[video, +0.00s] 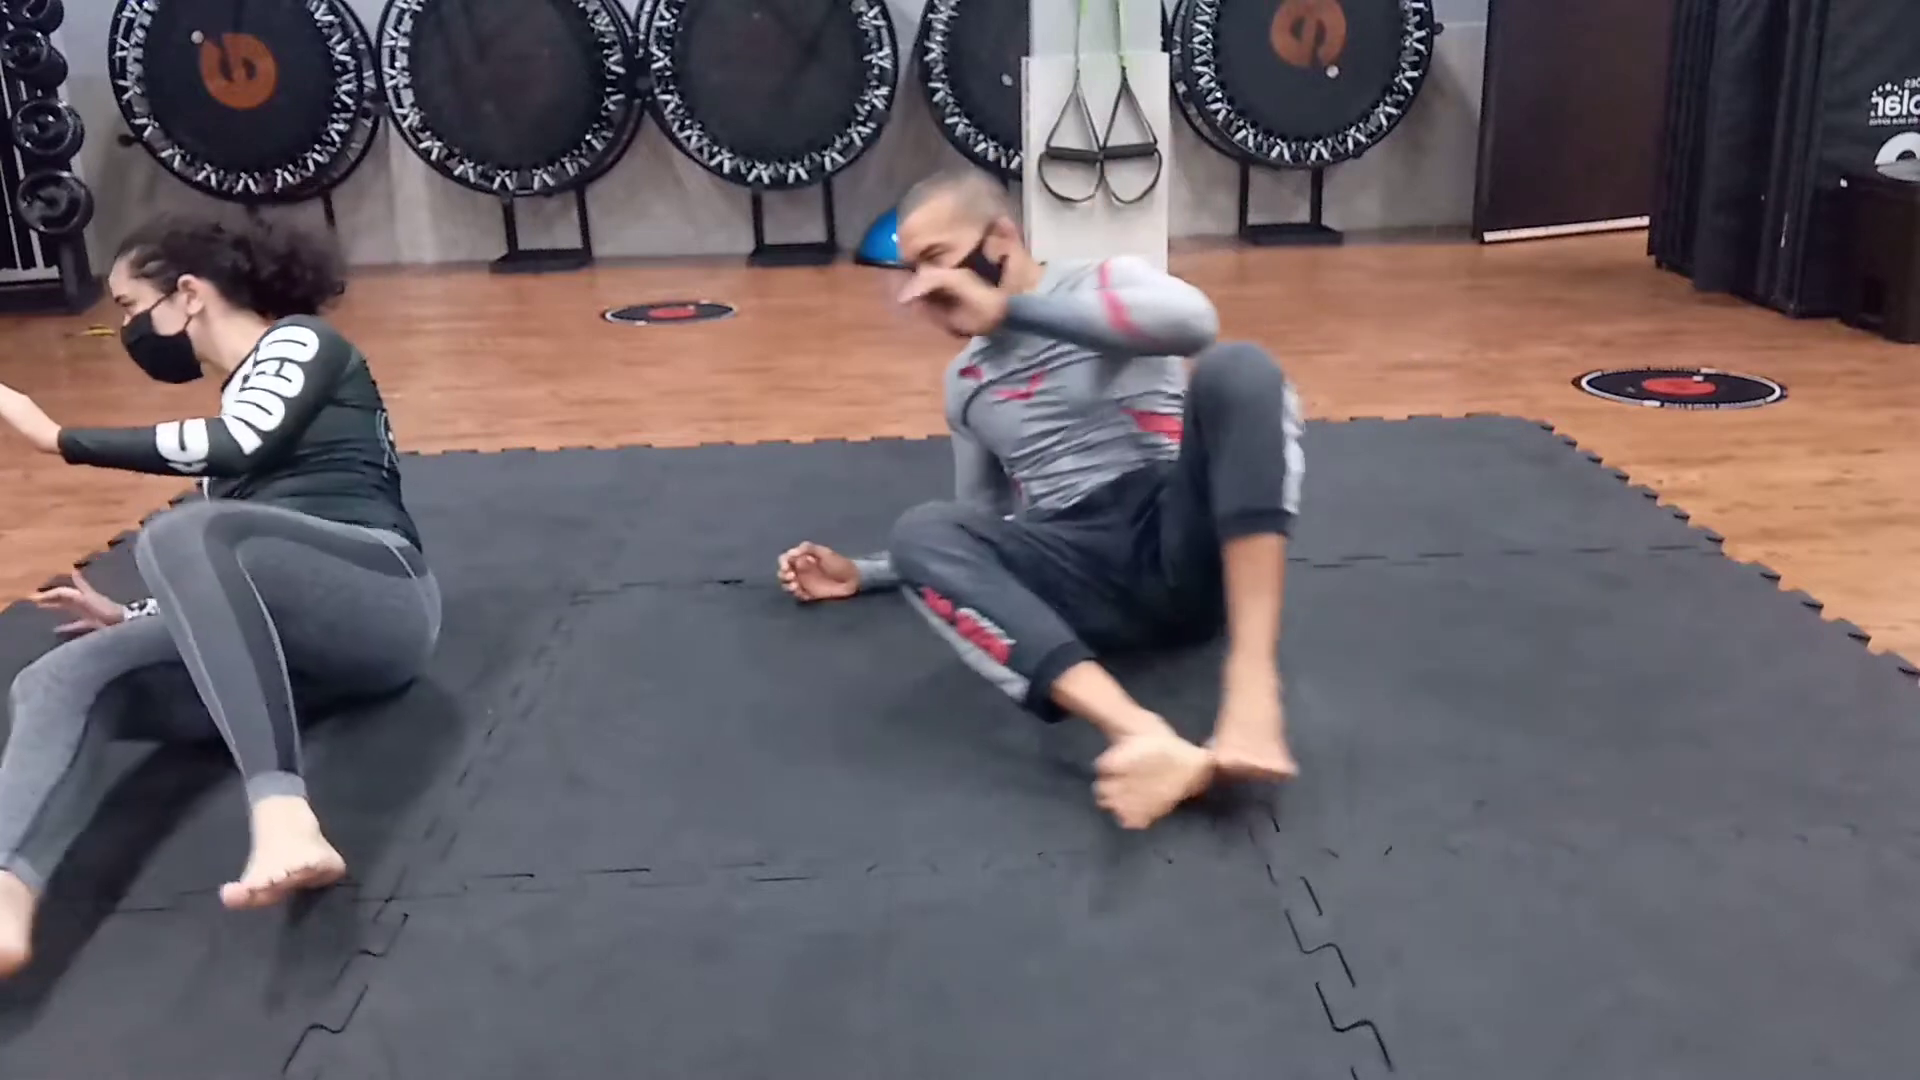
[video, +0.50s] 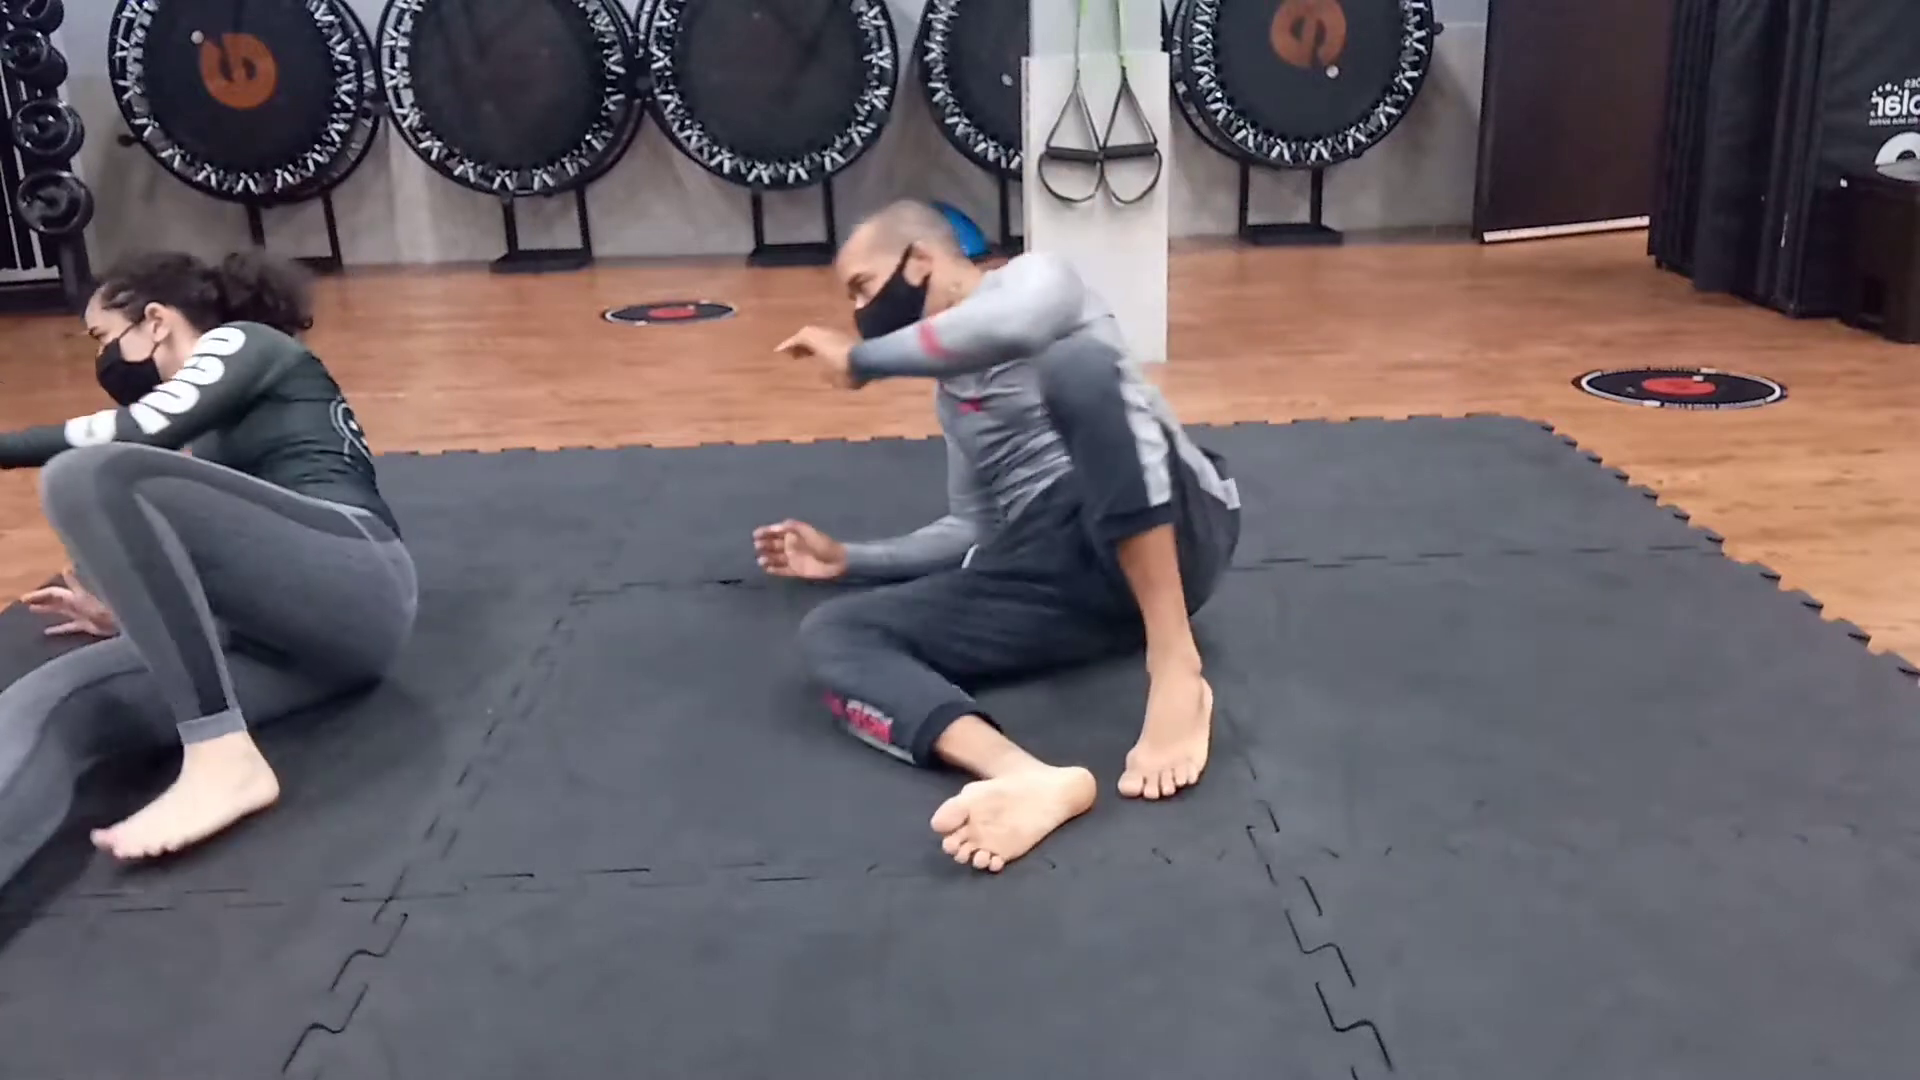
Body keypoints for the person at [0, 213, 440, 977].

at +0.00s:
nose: (126, 331)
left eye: (131, 309)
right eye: (120, 315)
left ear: (191, 296)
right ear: (192, 303)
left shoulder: (303, 341)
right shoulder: (238, 418)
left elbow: (232, 445)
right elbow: (266, 574)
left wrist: (63, 441)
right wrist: (134, 619)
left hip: (380, 598)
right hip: (281, 653)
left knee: (181, 534)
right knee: (56, 679)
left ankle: (283, 815)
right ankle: (9, 893)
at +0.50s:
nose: (105, 359)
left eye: (107, 339)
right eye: (99, 347)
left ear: (159, 320)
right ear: (161, 323)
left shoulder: (248, 343)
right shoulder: (203, 438)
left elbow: (129, 431)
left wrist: (5, 448)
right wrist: (125, 616)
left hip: (359, 586)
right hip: (295, 656)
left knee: (85, 477)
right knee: (48, 704)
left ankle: (224, 758)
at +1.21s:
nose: (93, 424)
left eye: (90, 366)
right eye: (84, 372)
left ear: (129, 343)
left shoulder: (172, 339)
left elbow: (10, 441)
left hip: (314, 543)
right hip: (328, 656)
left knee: (8, 533)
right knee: (36, 730)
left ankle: (212, 745)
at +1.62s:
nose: (78, 412)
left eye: (88, 397)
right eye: (81, 404)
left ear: (123, 372)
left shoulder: (165, 363)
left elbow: (8, 451)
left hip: (397, 514)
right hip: (409, 631)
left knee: (61, 484)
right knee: (121, 711)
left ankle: (223, 743)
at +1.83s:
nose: (106, 421)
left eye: (108, 402)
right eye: (102, 410)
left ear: (150, 372)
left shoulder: (207, 365)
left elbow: (23, 471)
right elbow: (272, 583)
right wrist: (127, 602)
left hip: (461, 551)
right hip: (437, 653)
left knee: (160, 443)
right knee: (145, 699)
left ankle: (234, 737)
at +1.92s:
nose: (131, 414)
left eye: (132, 391)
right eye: (123, 403)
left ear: (172, 360)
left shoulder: (240, 354)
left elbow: (47, 461)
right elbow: (271, 578)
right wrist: (125, 602)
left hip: (481, 554)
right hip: (443, 653)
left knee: (195, 437)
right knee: (159, 688)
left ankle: (239, 737)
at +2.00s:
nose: (140, 420)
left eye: (143, 397)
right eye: (133, 407)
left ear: (188, 358)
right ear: (193, 371)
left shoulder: (271, 346)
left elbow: (99, 435)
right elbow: (269, 580)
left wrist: (8, 496)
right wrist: (126, 604)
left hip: (498, 564)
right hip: (429, 643)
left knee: (228, 431)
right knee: (170, 686)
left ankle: (244, 739)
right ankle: (1, 859)